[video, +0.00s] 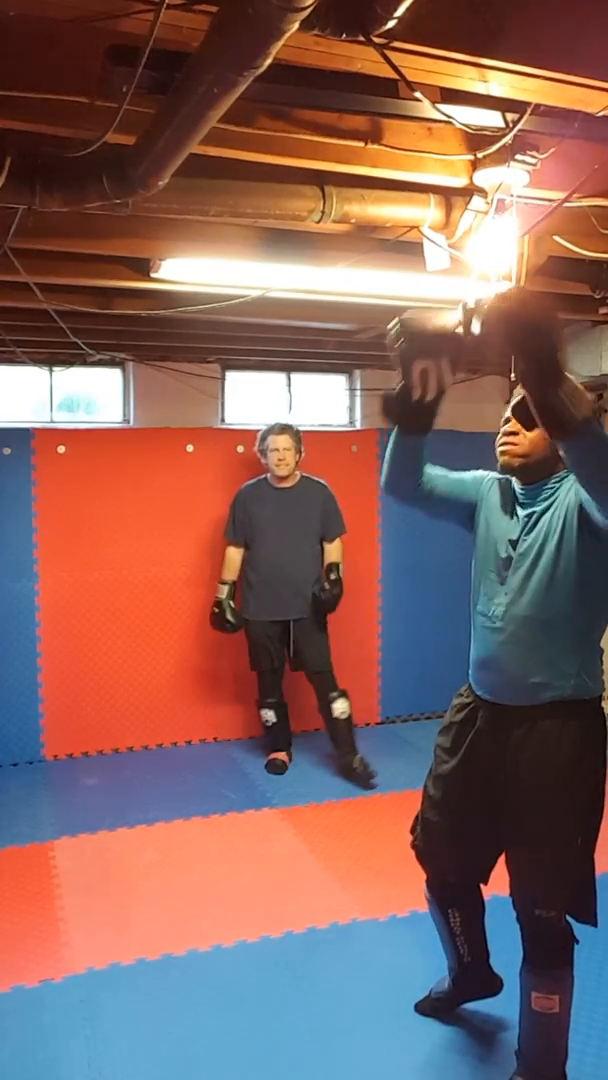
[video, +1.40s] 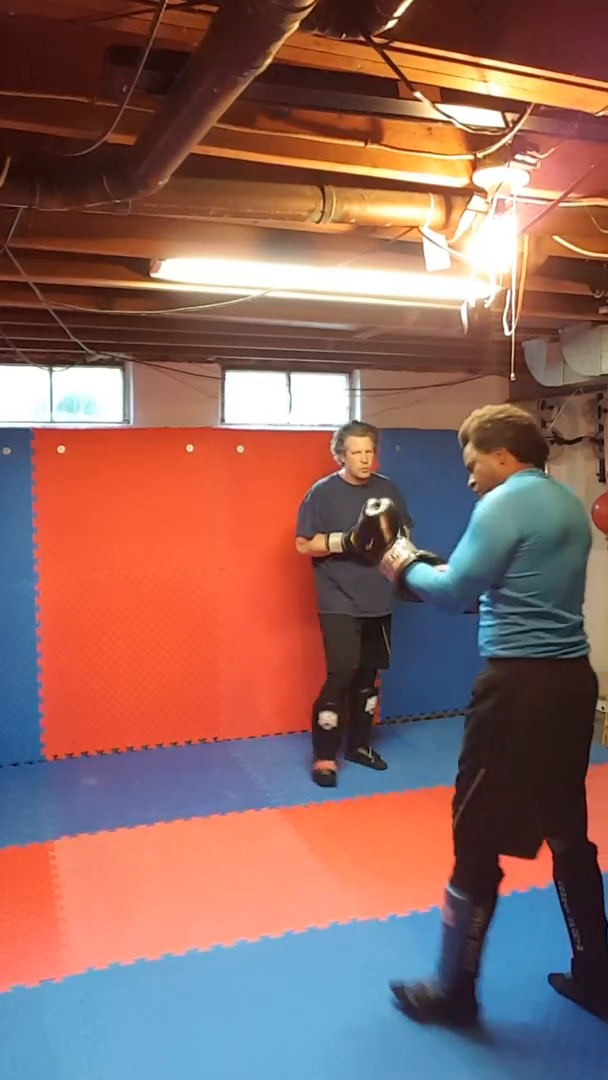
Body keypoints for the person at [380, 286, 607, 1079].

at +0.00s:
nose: (510, 428)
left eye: (525, 421)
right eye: (507, 417)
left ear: (562, 435)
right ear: (502, 429)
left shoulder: (588, 501)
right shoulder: (487, 489)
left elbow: (604, 483)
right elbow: (403, 482)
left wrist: (558, 391)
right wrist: (419, 405)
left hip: (561, 724)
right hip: (479, 713)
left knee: (543, 905)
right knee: (440, 847)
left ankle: (543, 1066)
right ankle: (473, 974)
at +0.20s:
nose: (477, 443)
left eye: (490, 433)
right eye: (480, 432)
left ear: (535, 444)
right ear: (512, 444)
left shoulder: (584, 505)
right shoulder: (478, 511)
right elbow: (405, 562)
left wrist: (595, 430)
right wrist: (376, 504)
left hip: (563, 723)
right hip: (483, 714)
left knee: (544, 904)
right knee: (445, 850)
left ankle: (542, 1067)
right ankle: (471, 971)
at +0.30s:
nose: (460, 451)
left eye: (472, 438)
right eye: (463, 437)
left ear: (518, 445)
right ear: (498, 445)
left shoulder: (581, 510)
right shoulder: (481, 516)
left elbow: (598, 564)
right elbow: (447, 593)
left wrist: (596, 505)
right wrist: (380, 571)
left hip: (564, 727)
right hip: (486, 718)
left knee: (543, 901)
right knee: (455, 855)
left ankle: (542, 1067)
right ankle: (474, 973)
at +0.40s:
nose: (449, 459)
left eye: (461, 445)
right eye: (452, 445)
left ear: (509, 447)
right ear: (492, 449)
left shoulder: (588, 513)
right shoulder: (481, 522)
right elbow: (489, 598)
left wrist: (594, 609)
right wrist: (416, 612)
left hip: (568, 728)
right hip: (490, 719)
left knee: (548, 900)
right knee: (473, 860)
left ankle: (543, 1064)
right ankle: (478, 976)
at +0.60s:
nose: (453, 472)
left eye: (460, 457)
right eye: (453, 458)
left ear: (502, 454)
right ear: (497, 456)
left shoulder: (570, 515)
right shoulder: (502, 516)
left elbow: (606, 616)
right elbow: (506, 607)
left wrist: (550, 649)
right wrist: (437, 608)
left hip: (560, 728)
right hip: (503, 717)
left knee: (545, 890)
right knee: (505, 854)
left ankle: (544, 1065)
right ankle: (522, 967)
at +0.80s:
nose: (474, 462)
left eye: (479, 447)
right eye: (475, 447)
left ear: (506, 450)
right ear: (528, 446)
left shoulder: (545, 503)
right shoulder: (537, 502)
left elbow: (512, 615)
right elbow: (509, 591)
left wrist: (449, 596)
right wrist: (451, 569)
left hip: (555, 716)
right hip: (548, 710)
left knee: (543, 889)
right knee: (556, 876)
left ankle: (542, 1065)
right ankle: (585, 988)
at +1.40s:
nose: (469, 477)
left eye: (472, 464)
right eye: (468, 466)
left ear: (502, 455)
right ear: (519, 457)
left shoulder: (505, 503)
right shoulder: (572, 505)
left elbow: (452, 585)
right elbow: (509, 591)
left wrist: (406, 564)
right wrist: (425, 573)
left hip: (515, 684)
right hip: (573, 681)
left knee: (478, 833)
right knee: (569, 831)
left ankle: (455, 992)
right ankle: (595, 978)